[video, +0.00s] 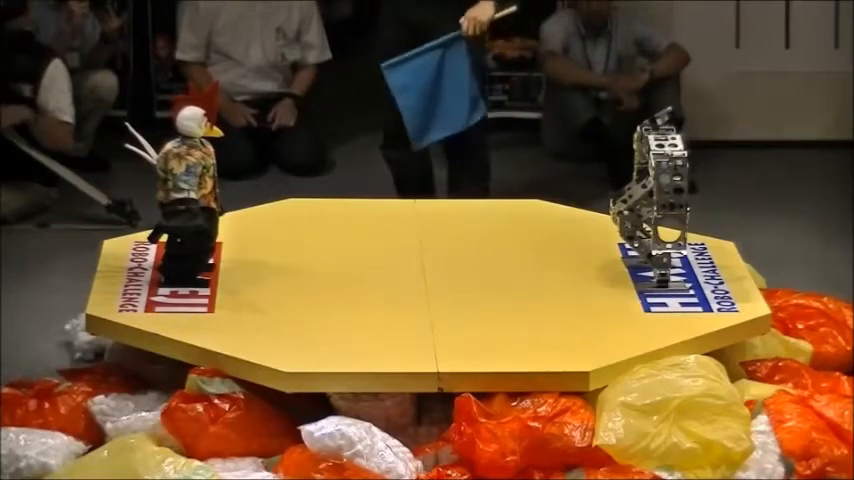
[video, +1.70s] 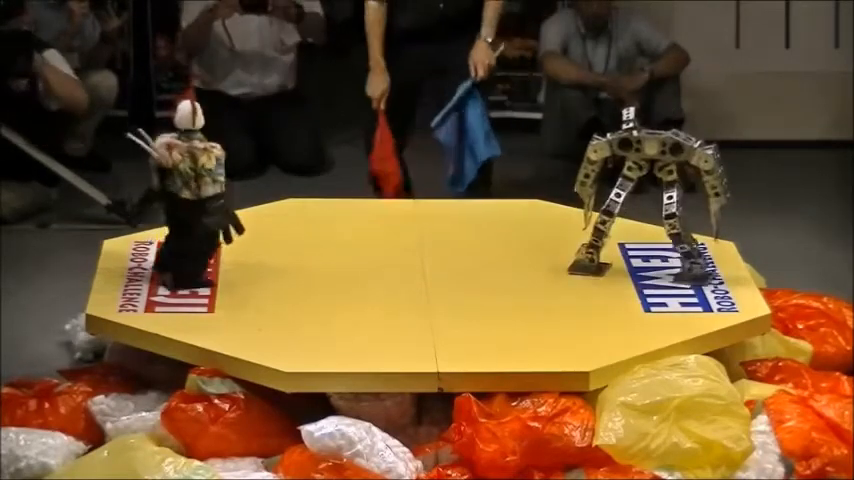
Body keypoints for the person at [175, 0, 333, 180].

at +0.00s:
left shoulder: (301, 5)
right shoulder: (202, 5)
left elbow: (310, 62)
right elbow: (191, 62)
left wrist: (291, 100)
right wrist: (226, 106)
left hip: (279, 99)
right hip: (227, 102)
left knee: (307, 161)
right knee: (238, 163)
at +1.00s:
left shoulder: (301, 5)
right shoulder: (196, 6)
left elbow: (317, 49)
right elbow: (187, 59)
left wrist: (299, 81)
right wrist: (220, 82)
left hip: (280, 97)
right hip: (229, 99)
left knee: (306, 161)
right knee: (237, 164)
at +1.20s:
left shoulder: (301, 4)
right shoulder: (197, 5)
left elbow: (320, 45)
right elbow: (183, 54)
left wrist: (296, 57)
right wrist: (215, 53)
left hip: (283, 99)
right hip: (227, 100)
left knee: (306, 162)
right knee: (236, 165)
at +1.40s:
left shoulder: (297, 3)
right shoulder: (197, 4)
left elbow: (322, 42)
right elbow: (183, 55)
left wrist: (294, 32)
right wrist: (213, 34)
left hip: (283, 99)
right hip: (228, 103)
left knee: (306, 162)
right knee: (236, 166)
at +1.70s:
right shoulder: (198, 5)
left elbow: (320, 31)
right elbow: (186, 48)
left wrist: (296, 16)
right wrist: (211, 15)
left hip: (279, 96)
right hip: (221, 99)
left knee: (307, 162)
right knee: (239, 166)